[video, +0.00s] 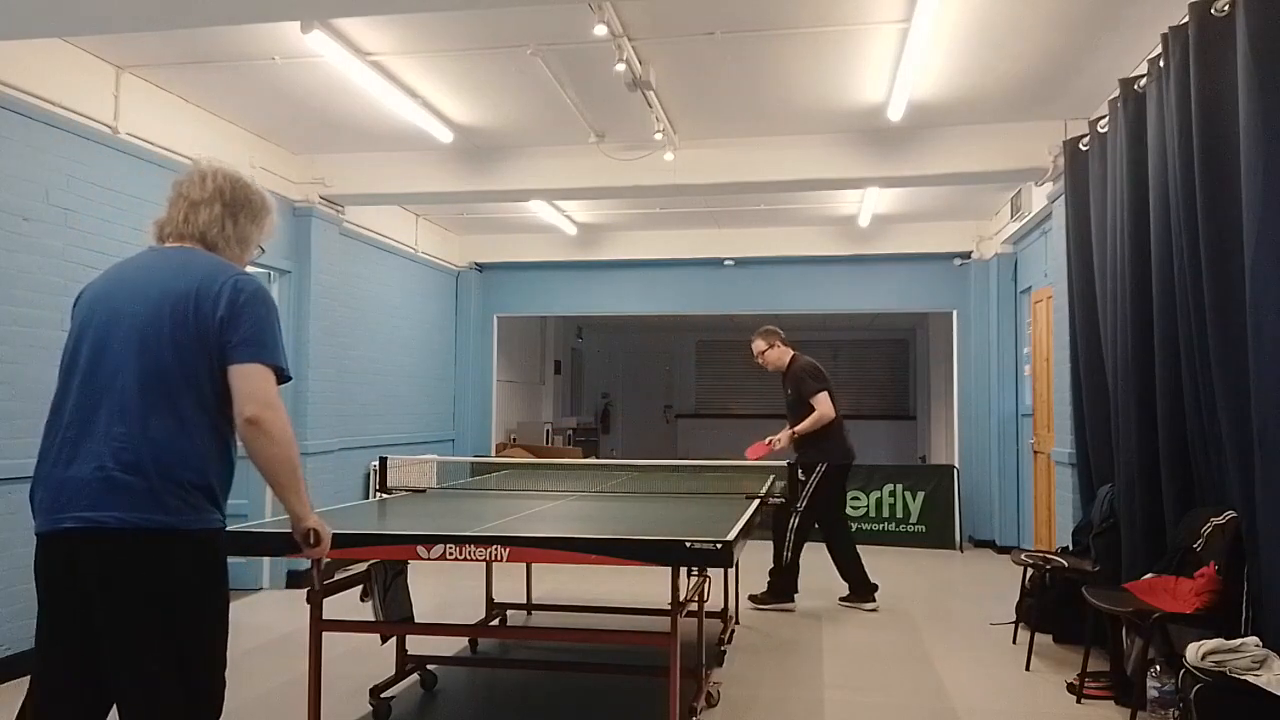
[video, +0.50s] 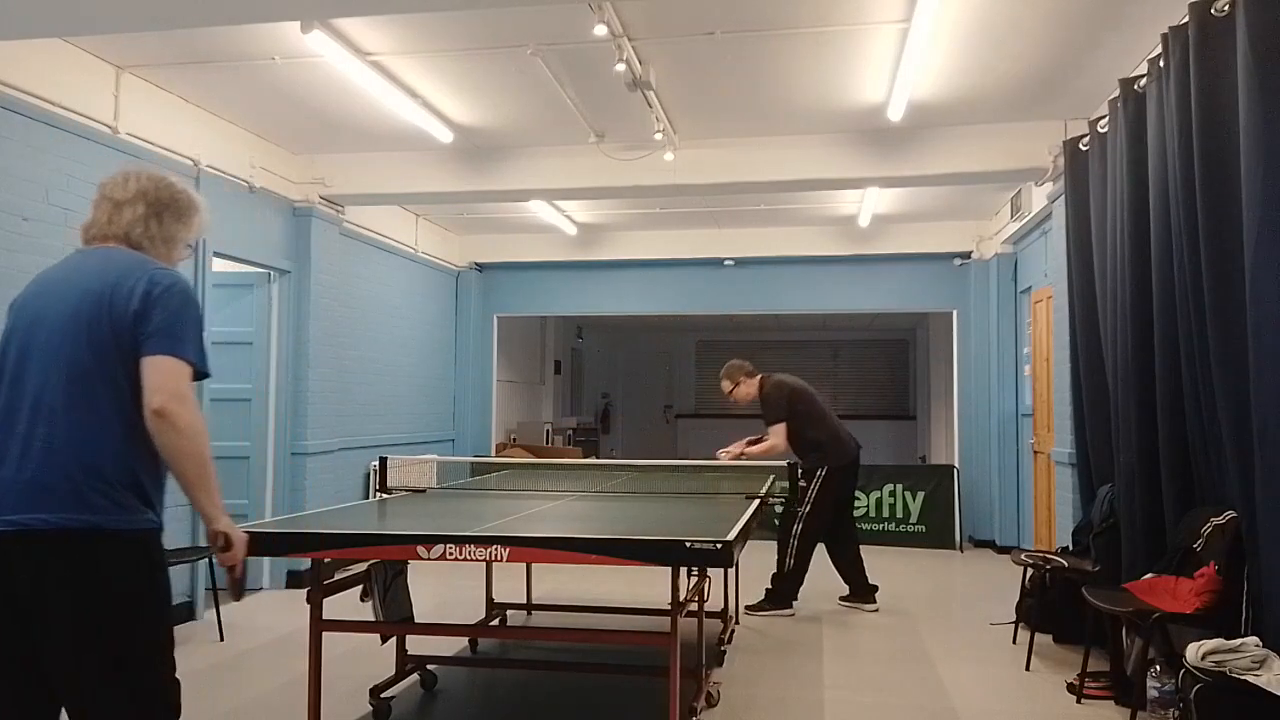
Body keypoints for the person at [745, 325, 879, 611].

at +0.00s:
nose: (759, 361)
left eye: (761, 354)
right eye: (756, 357)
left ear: (777, 345)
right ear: (775, 349)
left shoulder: (803, 368)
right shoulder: (792, 373)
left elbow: (826, 412)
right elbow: (806, 416)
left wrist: (792, 433)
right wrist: (784, 434)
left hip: (825, 460)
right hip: (821, 459)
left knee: (792, 519)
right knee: (833, 526)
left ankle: (781, 590)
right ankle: (862, 590)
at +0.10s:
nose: (761, 365)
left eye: (762, 358)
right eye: (758, 360)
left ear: (777, 348)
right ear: (777, 351)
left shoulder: (803, 370)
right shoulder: (797, 372)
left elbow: (824, 415)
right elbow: (811, 417)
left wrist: (792, 435)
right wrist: (788, 434)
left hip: (828, 460)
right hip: (832, 458)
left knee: (798, 521)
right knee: (832, 525)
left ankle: (783, 593)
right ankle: (861, 591)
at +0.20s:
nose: (760, 370)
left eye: (760, 362)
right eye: (757, 365)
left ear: (774, 351)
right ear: (775, 353)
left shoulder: (800, 371)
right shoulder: (800, 371)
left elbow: (816, 420)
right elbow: (809, 421)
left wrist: (782, 437)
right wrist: (779, 436)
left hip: (831, 460)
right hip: (838, 459)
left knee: (806, 526)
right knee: (836, 527)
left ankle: (784, 595)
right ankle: (862, 592)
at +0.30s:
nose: (754, 377)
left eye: (753, 369)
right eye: (750, 372)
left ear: (766, 358)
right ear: (769, 359)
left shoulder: (793, 376)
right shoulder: (797, 372)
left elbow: (803, 427)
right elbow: (803, 423)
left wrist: (770, 441)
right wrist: (772, 437)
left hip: (833, 461)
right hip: (842, 458)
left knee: (807, 527)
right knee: (837, 527)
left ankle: (782, 597)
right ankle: (862, 592)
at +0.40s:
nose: (746, 389)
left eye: (743, 382)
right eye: (742, 385)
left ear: (755, 369)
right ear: (757, 369)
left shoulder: (784, 382)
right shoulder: (788, 377)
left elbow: (790, 436)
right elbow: (795, 426)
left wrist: (754, 447)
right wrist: (765, 438)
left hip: (830, 461)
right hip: (844, 457)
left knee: (802, 528)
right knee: (838, 527)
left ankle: (781, 598)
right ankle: (862, 592)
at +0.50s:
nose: (734, 400)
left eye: (732, 394)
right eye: (730, 396)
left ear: (744, 381)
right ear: (746, 379)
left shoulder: (772, 390)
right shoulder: (777, 384)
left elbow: (778, 445)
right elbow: (781, 435)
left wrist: (741, 453)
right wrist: (750, 442)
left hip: (827, 461)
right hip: (842, 455)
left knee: (796, 526)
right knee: (837, 527)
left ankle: (781, 598)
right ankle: (862, 592)